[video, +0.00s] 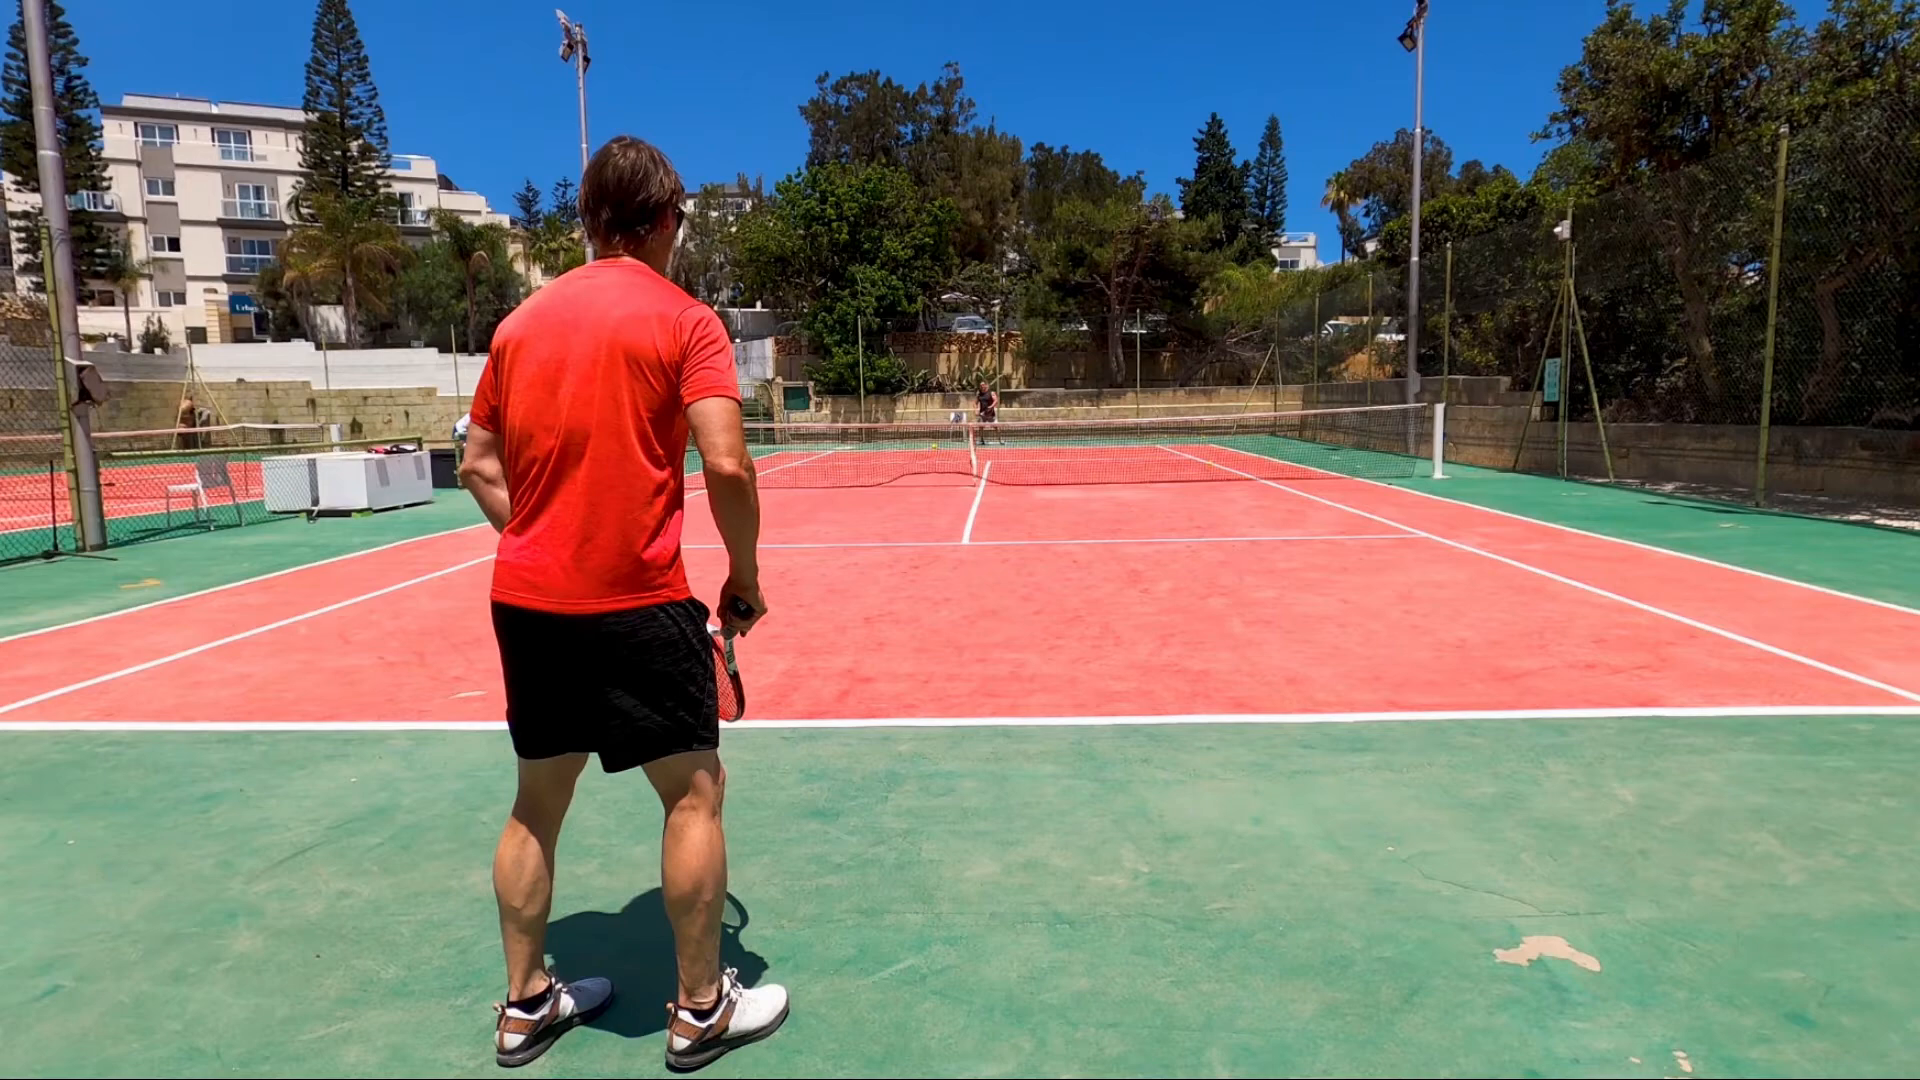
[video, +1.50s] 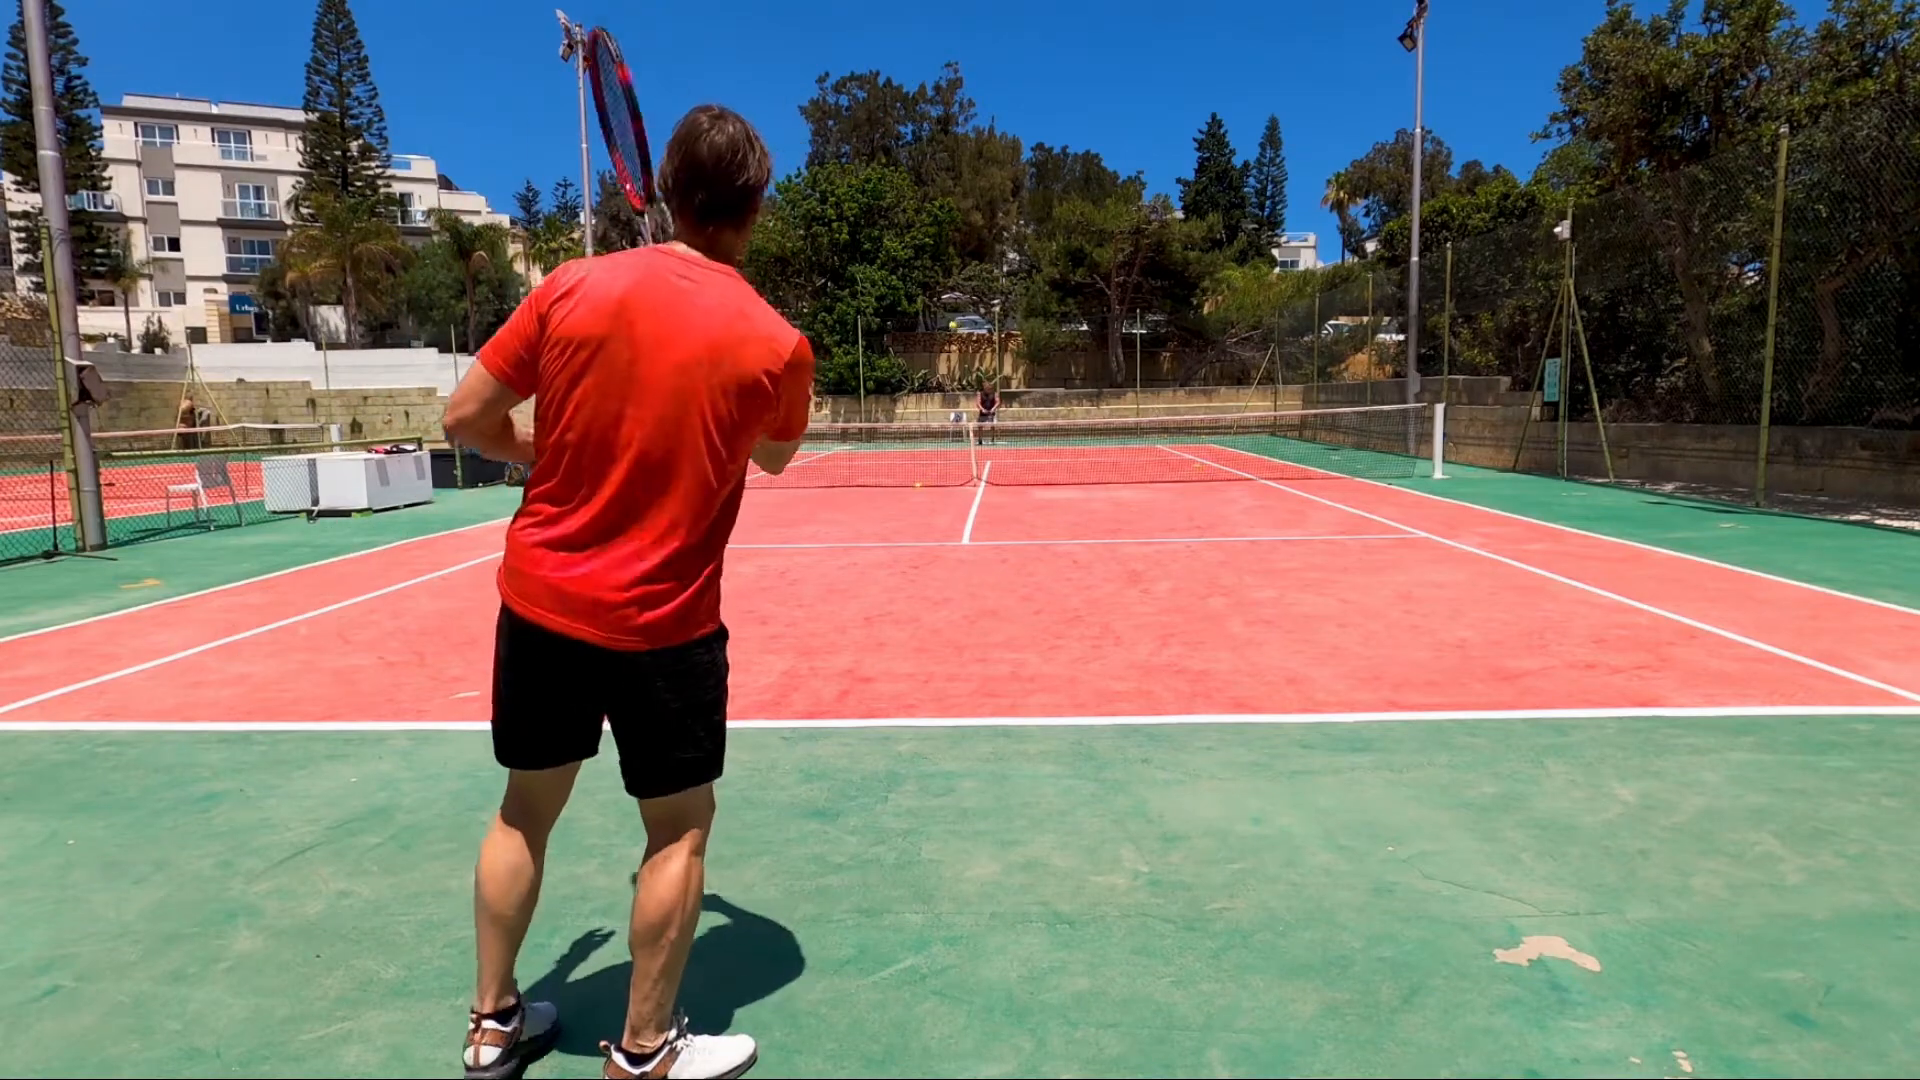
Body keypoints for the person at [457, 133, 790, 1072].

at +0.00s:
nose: (680, 234)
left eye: (678, 221)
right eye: (679, 220)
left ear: (587, 220)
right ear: (665, 221)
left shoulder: (524, 320)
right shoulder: (686, 318)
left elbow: (479, 462)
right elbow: (726, 466)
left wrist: (540, 544)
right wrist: (745, 572)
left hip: (529, 601)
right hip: (641, 601)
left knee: (536, 799)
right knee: (693, 793)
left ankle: (523, 1002)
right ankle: (700, 1006)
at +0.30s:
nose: (692, 229)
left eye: (691, 211)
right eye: (688, 210)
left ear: (603, 212)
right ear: (658, 208)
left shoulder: (559, 303)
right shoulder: (623, 287)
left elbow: (500, 446)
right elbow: (591, 394)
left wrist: (581, 520)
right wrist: (711, 490)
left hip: (528, 599)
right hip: (599, 606)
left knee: (554, 787)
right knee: (653, 808)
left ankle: (527, 996)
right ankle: (645, 1040)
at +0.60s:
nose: (732, 260)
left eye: (739, 241)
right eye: (733, 237)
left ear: (683, 218)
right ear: (690, 216)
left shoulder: (647, 304)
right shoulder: (589, 289)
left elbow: (640, 439)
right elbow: (451, 358)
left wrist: (717, 507)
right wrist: (470, 298)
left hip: (614, 587)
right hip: (595, 594)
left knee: (584, 788)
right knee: (656, 816)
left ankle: (529, 988)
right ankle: (644, 1041)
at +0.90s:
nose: (788, 286)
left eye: (796, 268)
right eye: (791, 264)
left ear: (723, 235)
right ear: (753, 245)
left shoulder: (660, 306)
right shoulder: (654, 361)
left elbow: (653, 429)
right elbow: (613, 534)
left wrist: (731, 467)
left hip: (574, 600)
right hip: (599, 617)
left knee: (577, 787)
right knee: (668, 820)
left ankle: (524, 981)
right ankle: (645, 1044)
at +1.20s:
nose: (804, 248)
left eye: (807, 230)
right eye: (803, 230)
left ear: (708, 210)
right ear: (783, 231)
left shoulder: (601, 281)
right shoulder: (776, 373)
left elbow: (518, 388)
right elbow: (780, 495)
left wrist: (611, 423)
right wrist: (795, 399)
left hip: (536, 595)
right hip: (646, 621)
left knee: (555, 772)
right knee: (685, 825)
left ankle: (514, 966)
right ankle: (646, 1043)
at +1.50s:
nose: (750, 211)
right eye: (756, 198)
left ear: (660, 196)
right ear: (757, 206)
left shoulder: (575, 288)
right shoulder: (774, 343)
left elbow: (467, 415)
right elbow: (772, 454)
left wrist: (548, 453)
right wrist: (694, 391)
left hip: (542, 609)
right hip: (669, 629)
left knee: (523, 809)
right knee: (676, 834)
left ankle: (491, 1018)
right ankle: (646, 1044)